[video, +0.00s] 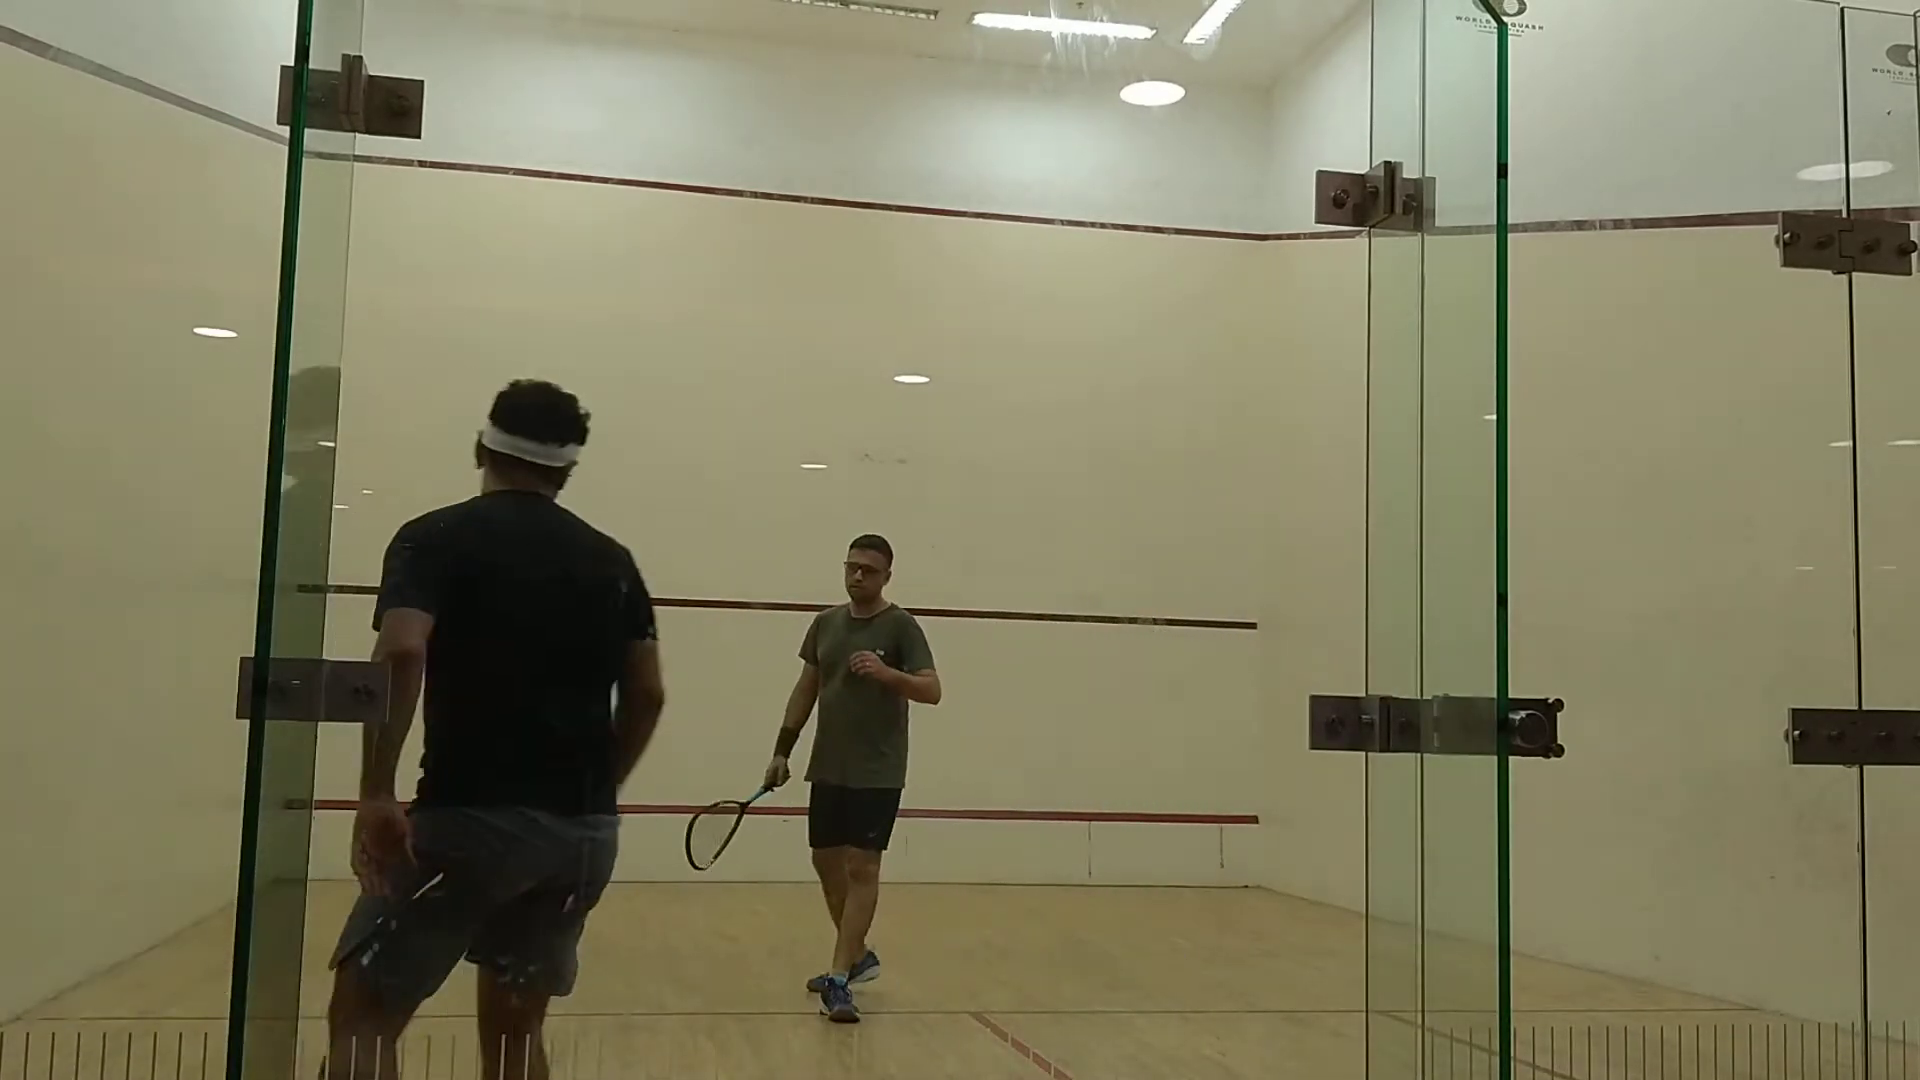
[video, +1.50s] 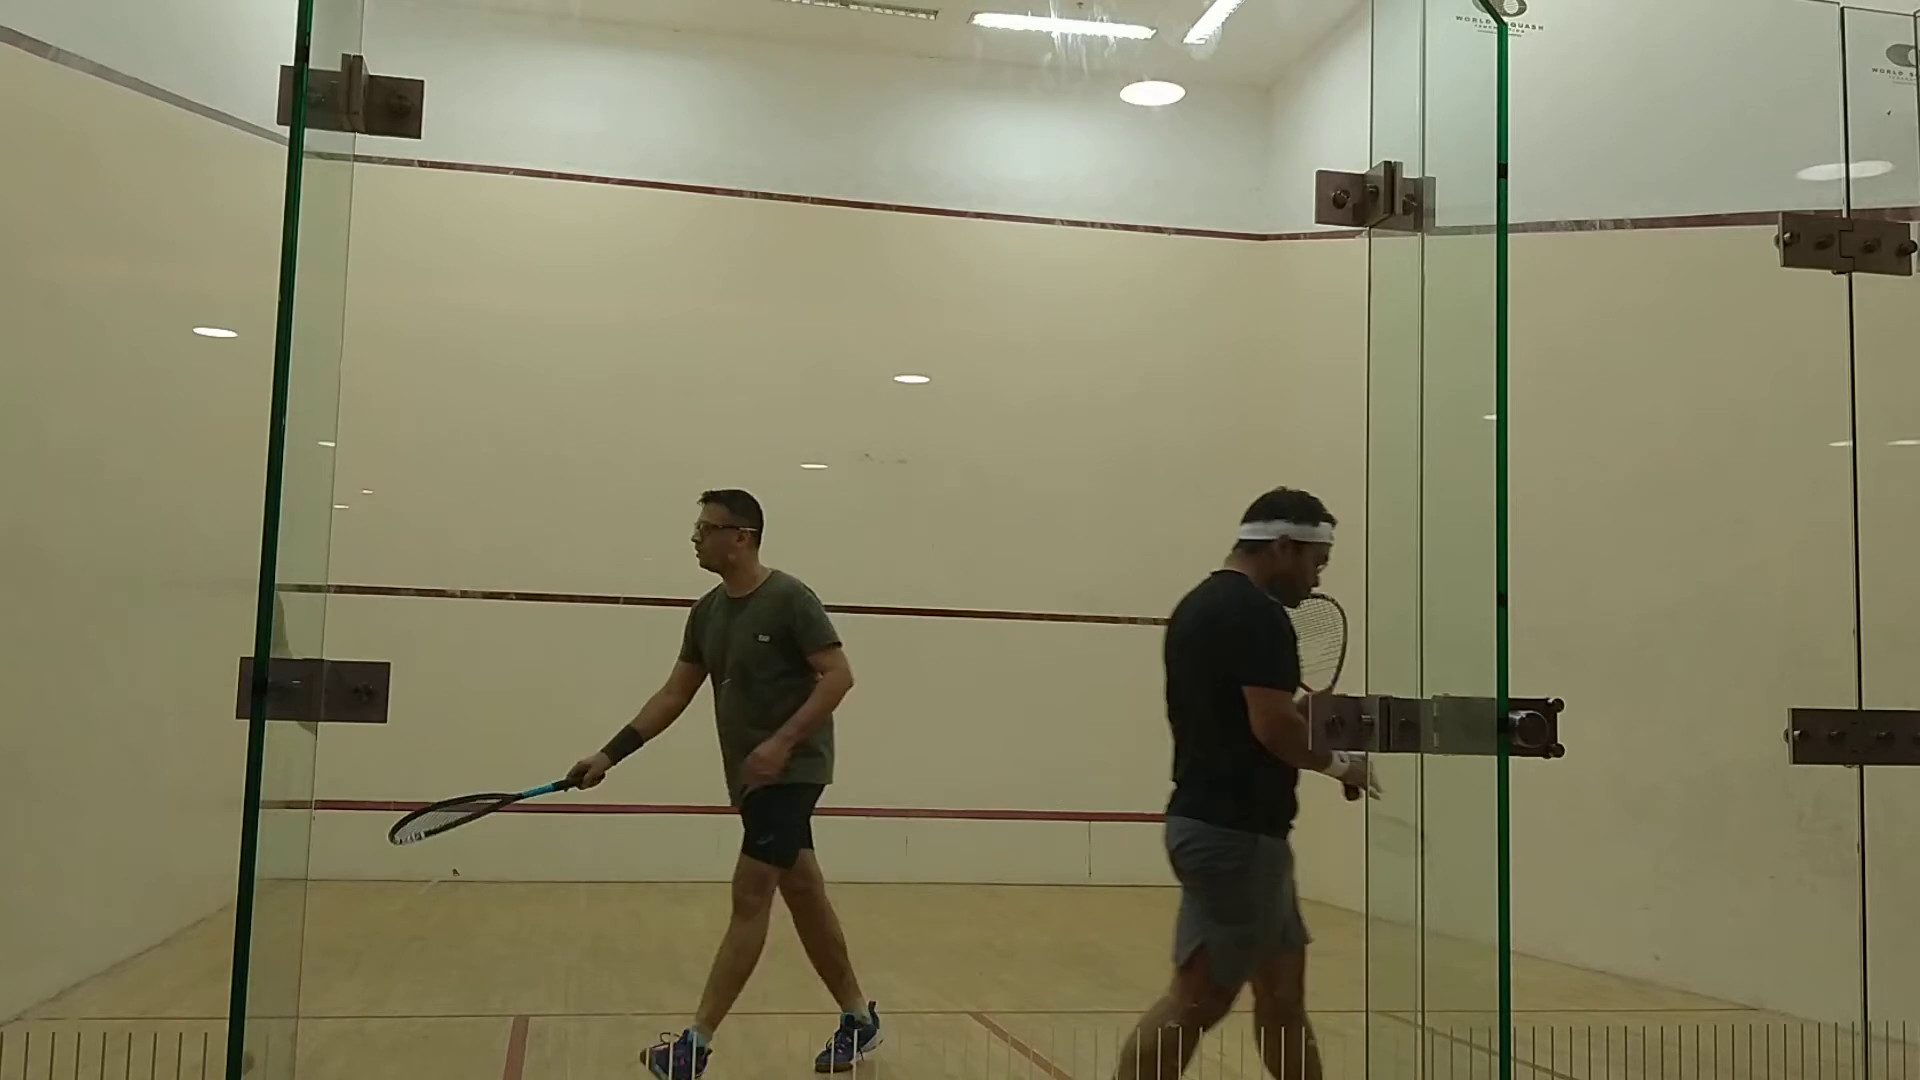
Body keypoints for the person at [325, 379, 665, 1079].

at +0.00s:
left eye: (486, 448)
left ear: (485, 451)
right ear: (566, 469)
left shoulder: (430, 538)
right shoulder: (611, 561)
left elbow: (403, 655)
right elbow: (646, 695)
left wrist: (377, 793)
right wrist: (595, 789)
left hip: (463, 831)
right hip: (579, 838)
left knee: (361, 1021)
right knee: (516, 1025)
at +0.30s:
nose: (699, 499)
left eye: (701, 485)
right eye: (697, 485)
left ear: (616, 474)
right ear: (674, 483)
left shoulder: (535, 554)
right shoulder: (698, 570)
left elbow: (445, 658)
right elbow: (748, 697)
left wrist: (417, 769)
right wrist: (789, 796)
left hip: (536, 809)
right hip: (637, 819)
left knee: (553, 990)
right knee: (560, 1021)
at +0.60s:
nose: (829, 528)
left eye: (831, 515)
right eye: (825, 514)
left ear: (758, 505)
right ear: (792, 511)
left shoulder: (686, 574)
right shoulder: (800, 586)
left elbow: (613, 691)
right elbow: (810, 707)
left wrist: (632, 775)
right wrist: (856, 820)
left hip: (671, 822)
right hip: (748, 838)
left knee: (706, 990)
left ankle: (670, 1078)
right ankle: (673, 1070)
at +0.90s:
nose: (991, 559)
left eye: (995, 545)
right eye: (988, 542)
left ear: (936, 528)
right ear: (946, 529)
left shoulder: (879, 586)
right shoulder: (910, 602)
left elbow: (900, 714)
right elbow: (896, 715)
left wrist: (959, 777)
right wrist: (990, 779)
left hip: (820, 822)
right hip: (883, 836)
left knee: (778, 984)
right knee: (959, 1002)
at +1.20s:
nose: (1162, 568)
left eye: (1171, 556)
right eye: (1165, 551)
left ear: (1117, 527)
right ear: (1132, 528)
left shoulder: (1051, 573)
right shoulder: (1089, 587)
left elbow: (1069, 700)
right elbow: (1087, 698)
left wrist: (1150, 749)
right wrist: (1168, 748)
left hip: (1026, 810)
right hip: (1069, 819)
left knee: (1074, 963)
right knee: (1089, 978)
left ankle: (975, 1069)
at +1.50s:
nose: (1319, 578)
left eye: (1323, 563)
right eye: (1317, 561)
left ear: (1264, 546)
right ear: (1282, 547)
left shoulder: (1200, 605)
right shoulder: (1257, 612)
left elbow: (1216, 716)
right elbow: (1273, 726)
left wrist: (1302, 710)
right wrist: (1332, 762)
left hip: (1217, 829)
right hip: (1236, 838)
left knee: (1283, 970)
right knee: (1200, 997)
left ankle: (1304, 1077)